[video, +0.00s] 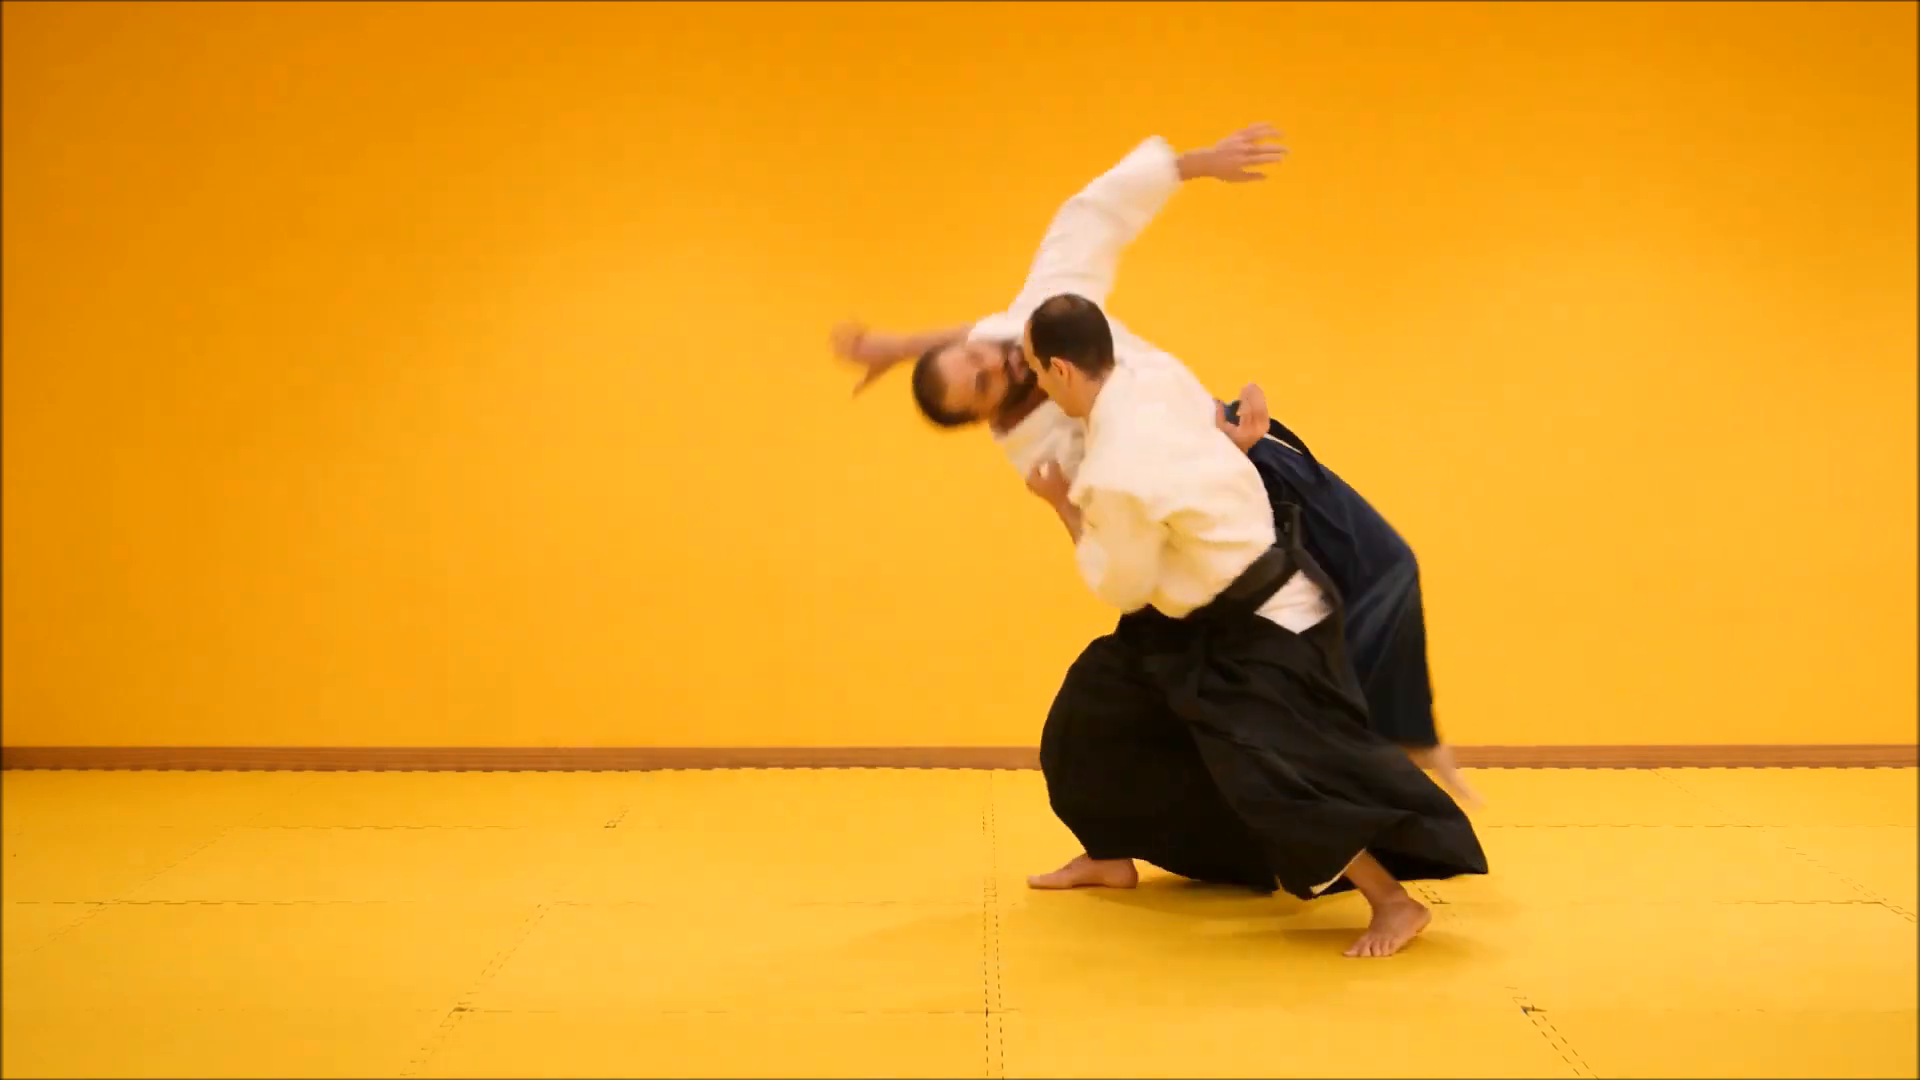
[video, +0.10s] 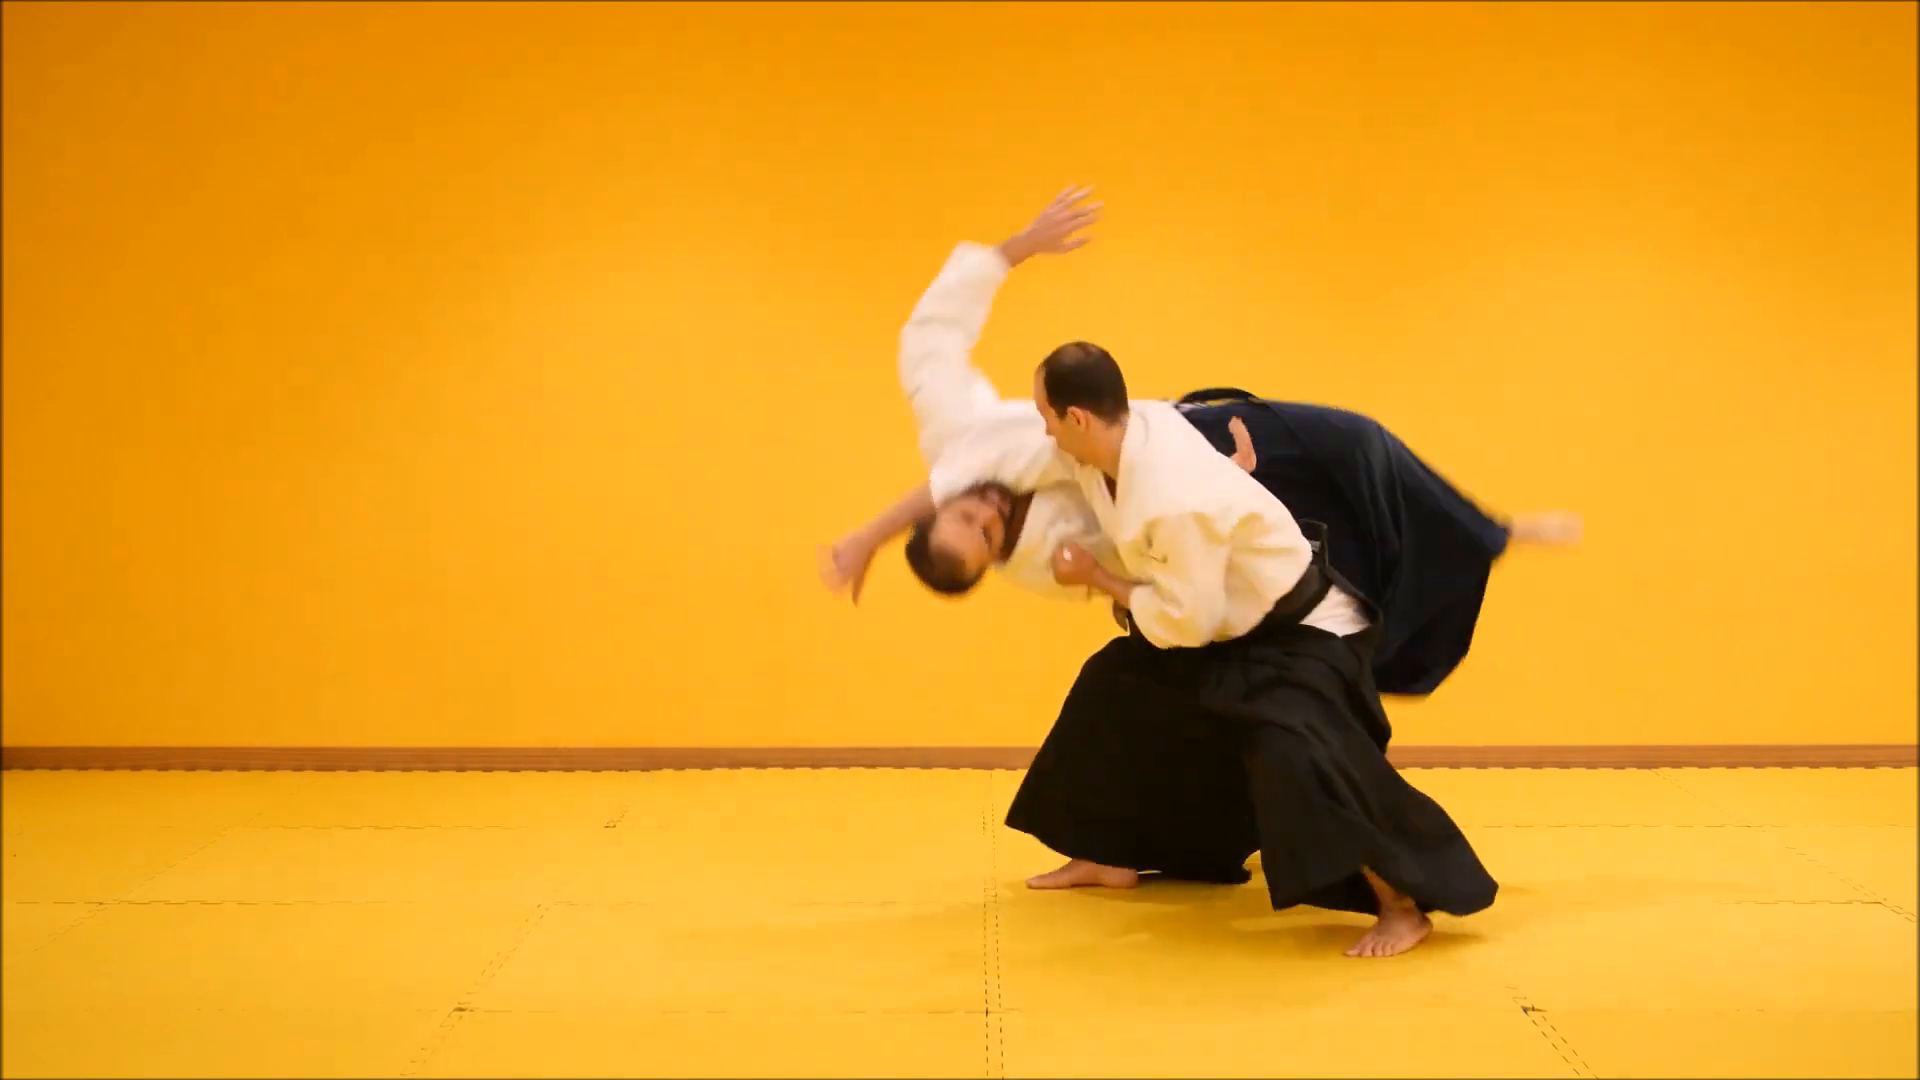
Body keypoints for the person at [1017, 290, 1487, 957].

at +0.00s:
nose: (1039, 380)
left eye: (1038, 369)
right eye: (1031, 368)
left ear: (1062, 370)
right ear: (1097, 344)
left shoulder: (1119, 468)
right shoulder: (1135, 361)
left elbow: (1122, 585)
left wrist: (1064, 509)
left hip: (1262, 621)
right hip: (1183, 619)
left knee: (1261, 771)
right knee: (1086, 715)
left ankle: (1392, 901)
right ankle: (1108, 854)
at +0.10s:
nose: (1045, 430)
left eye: (1047, 417)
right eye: (1045, 416)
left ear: (1074, 417)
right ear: (1099, 401)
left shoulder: (1172, 494)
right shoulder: (1112, 442)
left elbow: (1195, 613)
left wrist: (1113, 586)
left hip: (1300, 629)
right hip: (1219, 624)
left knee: (1291, 744)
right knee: (1110, 686)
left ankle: (1398, 903)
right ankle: (1113, 852)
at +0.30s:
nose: (1049, 506)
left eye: (1053, 490)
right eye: (1046, 491)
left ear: (1094, 484)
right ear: (1095, 483)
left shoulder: (1219, 520)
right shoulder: (1088, 533)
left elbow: (1275, 636)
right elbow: (1049, 650)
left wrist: (1172, 650)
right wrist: (1013, 787)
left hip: (1316, 642)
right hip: (1207, 652)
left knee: (1337, 720)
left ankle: (1401, 901)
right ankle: (1109, 855)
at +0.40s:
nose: (1056, 533)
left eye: (1059, 518)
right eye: (1052, 519)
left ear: (1103, 507)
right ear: (1100, 510)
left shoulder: (1229, 531)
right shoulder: (1095, 563)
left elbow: (1298, 639)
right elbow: (1081, 683)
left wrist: (1189, 663)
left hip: (1331, 650)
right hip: (1231, 673)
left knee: (1341, 705)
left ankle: (1403, 900)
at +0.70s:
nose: (1039, 526)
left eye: (1046, 511)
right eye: (1036, 511)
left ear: (1095, 503)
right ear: (1088, 503)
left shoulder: (1209, 539)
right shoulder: (1074, 549)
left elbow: (1256, 654)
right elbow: (1042, 646)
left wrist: (1154, 695)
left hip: (1301, 648)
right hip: (1191, 660)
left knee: (1306, 721)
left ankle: (1395, 906)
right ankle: (1186, 857)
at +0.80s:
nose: (1043, 489)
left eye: (1052, 474)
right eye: (1040, 474)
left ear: (1103, 468)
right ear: (1095, 468)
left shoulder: (1191, 521)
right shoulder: (1078, 511)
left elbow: (1213, 650)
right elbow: (1036, 595)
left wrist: (1116, 688)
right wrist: (978, 693)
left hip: (1299, 646)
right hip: (1203, 646)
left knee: (1299, 723)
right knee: (1079, 675)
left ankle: (1391, 909)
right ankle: (1170, 856)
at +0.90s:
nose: (1065, 445)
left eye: (1072, 431)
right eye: (1061, 432)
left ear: (1121, 422)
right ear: (1112, 422)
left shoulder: (1194, 489)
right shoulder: (1095, 468)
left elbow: (1176, 626)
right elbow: (1057, 554)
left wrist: (1072, 659)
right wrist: (1004, 632)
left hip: (1293, 639)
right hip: (1206, 642)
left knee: (1295, 730)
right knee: (1090, 694)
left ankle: (1389, 911)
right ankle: (1152, 863)